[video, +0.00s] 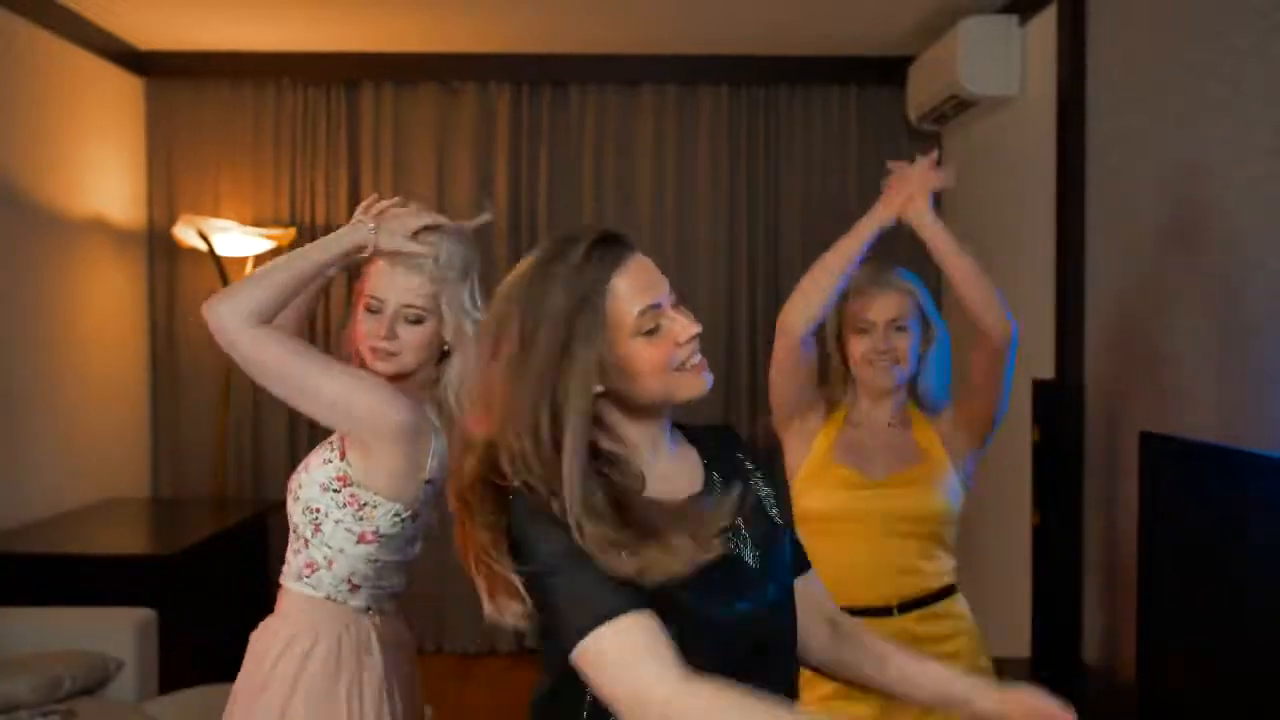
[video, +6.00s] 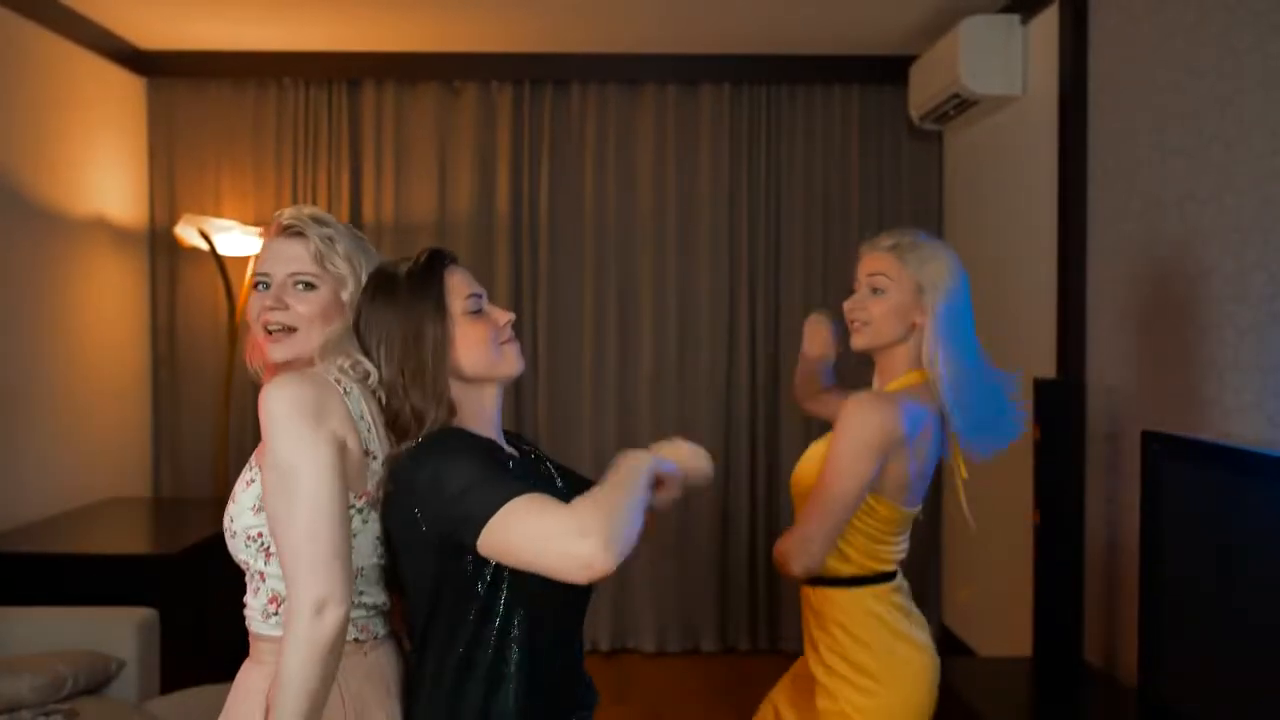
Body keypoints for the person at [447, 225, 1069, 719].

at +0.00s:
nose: (689, 327)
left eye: (677, 306)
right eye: (652, 322)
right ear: (584, 367)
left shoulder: (730, 457)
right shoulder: (548, 502)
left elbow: (829, 636)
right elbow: (657, 700)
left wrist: (982, 698)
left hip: (759, 716)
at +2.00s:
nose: (534, 345)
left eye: (565, 325)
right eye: (542, 323)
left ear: (642, 350)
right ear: (599, 347)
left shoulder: (725, 492)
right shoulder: (484, 476)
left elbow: (779, 685)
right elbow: (361, 629)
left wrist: (892, 702)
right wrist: (177, 640)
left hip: (670, 717)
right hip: (521, 711)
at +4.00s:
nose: (512, 321)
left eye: (511, 304)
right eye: (483, 302)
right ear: (419, 320)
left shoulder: (497, 439)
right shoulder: (385, 447)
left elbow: (520, 551)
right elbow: (350, 664)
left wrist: (583, 435)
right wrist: (366, 491)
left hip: (509, 703)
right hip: (416, 707)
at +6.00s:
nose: (505, 315)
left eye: (490, 302)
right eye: (475, 308)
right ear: (423, 343)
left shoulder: (517, 455)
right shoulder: (436, 468)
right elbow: (586, 550)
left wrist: (642, 493)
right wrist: (636, 463)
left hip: (559, 701)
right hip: (478, 706)